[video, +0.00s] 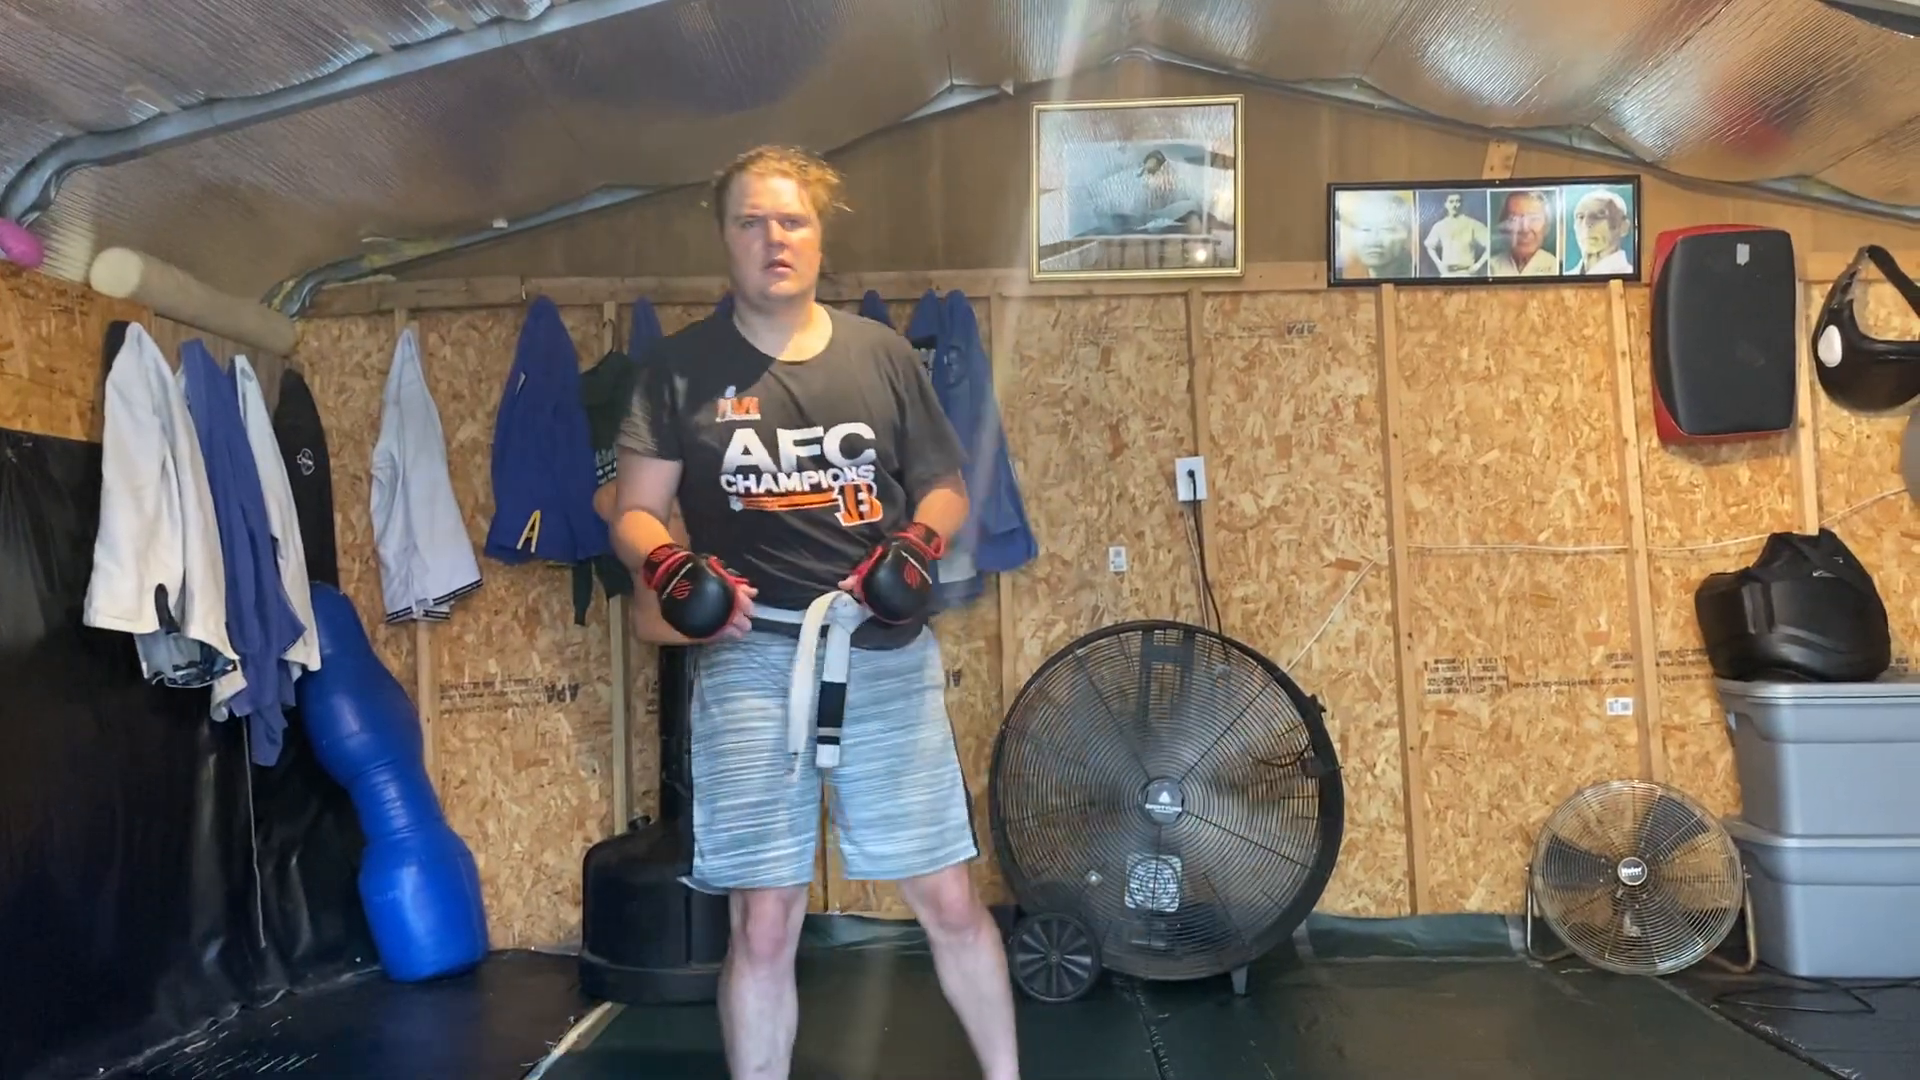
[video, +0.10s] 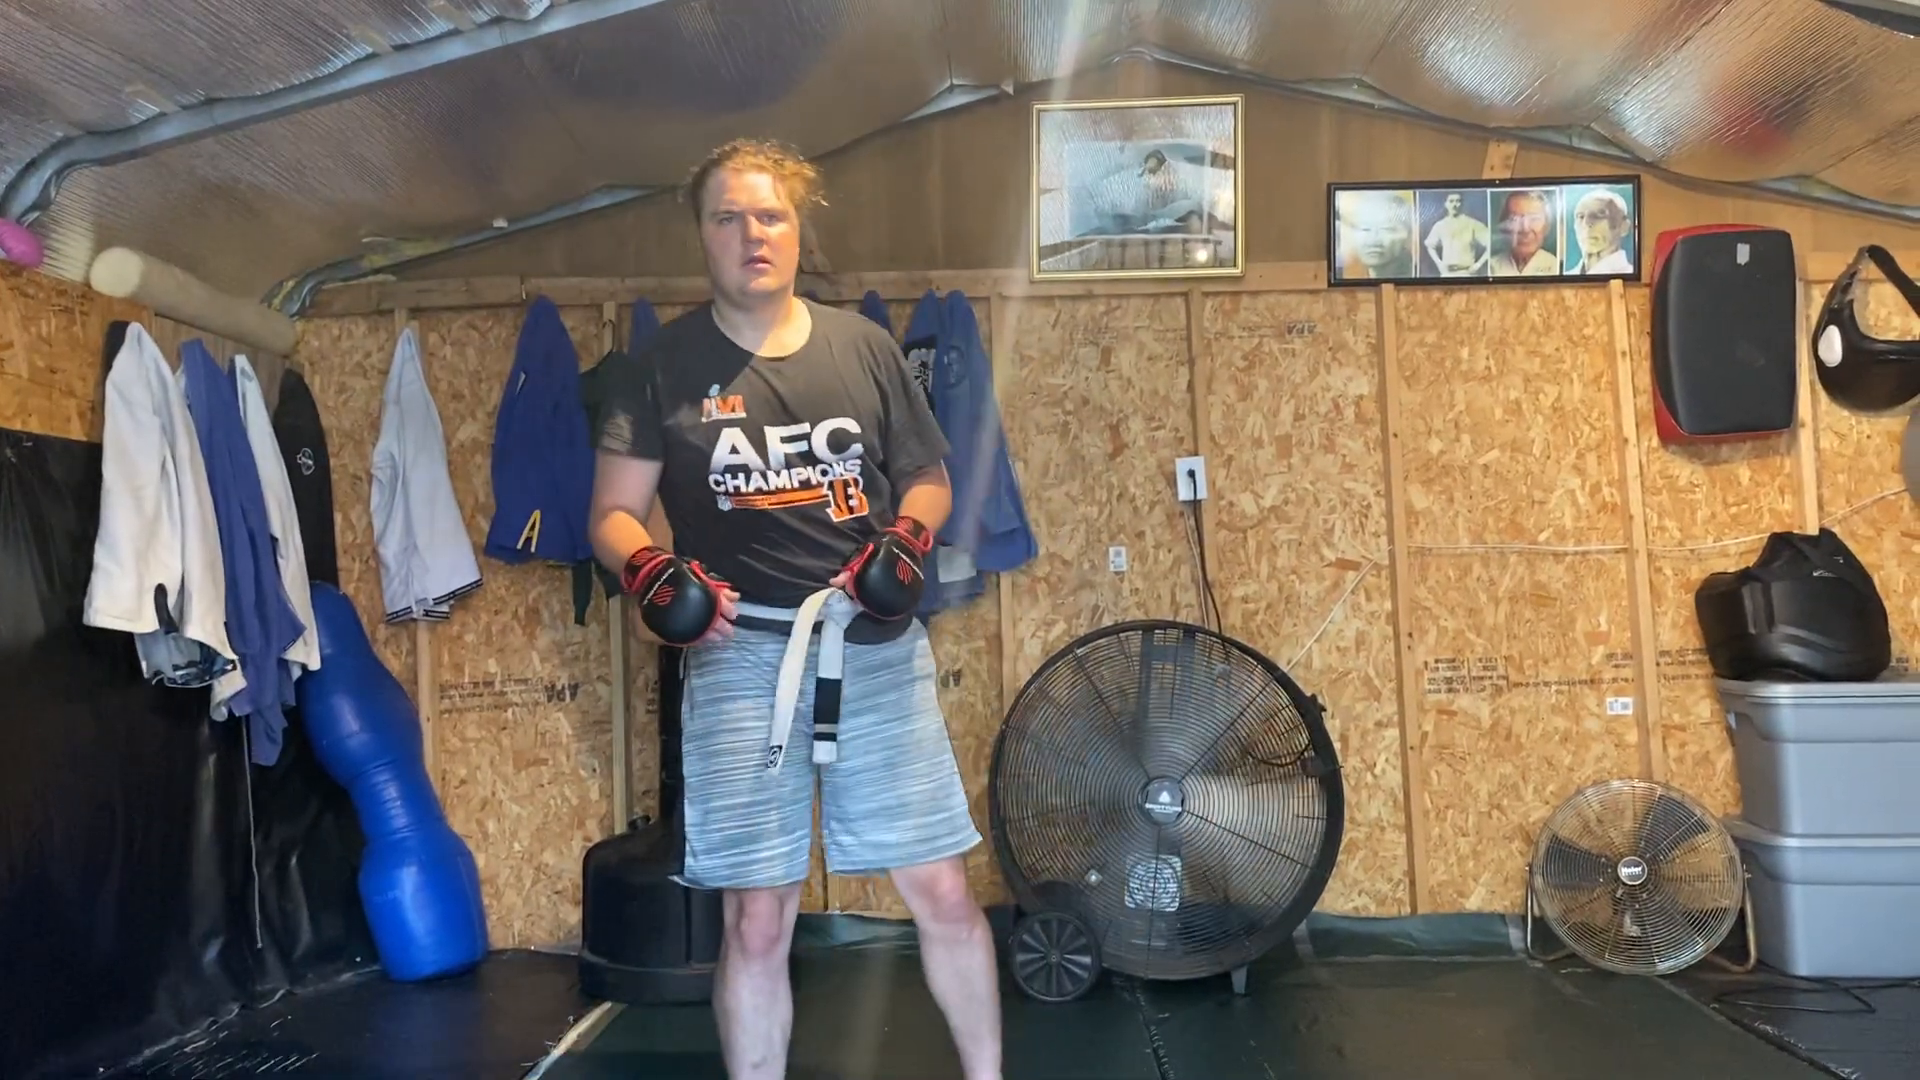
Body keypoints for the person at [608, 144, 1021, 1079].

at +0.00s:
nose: (776, 239)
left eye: (793, 222)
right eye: (755, 223)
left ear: (821, 239)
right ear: (725, 241)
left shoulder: (886, 355)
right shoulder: (676, 369)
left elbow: (946, 484)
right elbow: (635, 511)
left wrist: (917, 550)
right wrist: (671, 570)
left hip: (886, 653)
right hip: (750, 658)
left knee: (952, 899)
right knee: (766, 922)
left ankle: (1006, 1074)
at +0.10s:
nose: (754, 234)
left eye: (770, 217)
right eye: (732, 219)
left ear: (801, 236)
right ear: (703, 239)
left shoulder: (867, 347)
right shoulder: (654, 371)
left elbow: (928, 474)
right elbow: (615, 515)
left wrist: (905, 546)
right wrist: (654, 576)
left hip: (876, 647)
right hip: (740, 656)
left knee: (945, 893)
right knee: (758, 922)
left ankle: (986, 1074)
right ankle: (756, 1079)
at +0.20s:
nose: (740, 233)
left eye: (757, 216)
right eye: (718, 218)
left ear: (787, 232)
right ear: (688, 238)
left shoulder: (856, 342)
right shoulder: (642, 371)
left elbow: (917, 469)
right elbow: (603, 517)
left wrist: (901, 543)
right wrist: (647, 580)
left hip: (869, 643)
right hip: (733, 655)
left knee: (938, 891)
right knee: (753, 920)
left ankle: (967, 1074)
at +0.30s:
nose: (734, 230)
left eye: (750, 213)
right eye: (711, 216)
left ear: (781, 228)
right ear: (682, 237)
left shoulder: (851, 341)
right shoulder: (638, 370)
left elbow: (913, 470)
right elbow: (602, 519)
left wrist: (899, 543)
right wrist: (650, 581)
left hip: (866, 644)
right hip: (730, 656)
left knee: (919, 898)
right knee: (748, 921)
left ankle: (953, 1077)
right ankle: (753, 1079)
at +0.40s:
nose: (737, 230)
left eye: (754, 212)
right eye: (714, 215)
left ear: (785, 227)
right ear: (686, 237)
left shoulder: (856, 342)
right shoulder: (643, 369)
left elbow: (917, 473)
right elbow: (609, 519)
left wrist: (900, 539)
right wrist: (655, 577)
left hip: (866, 651)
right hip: (730, 660)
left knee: (905, 906)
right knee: (746, 924)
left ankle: (937, 1077)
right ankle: (752, 1079)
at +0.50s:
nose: (748, 227)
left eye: (765, 210)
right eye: (725, 213)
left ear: (795, 227)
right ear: (698, 235)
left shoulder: (866, 344)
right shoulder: (654, 365)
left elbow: (922, 472)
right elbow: (619, 517)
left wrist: (906, 541)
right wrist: (667, 572)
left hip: (867, 650)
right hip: (733, 658)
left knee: (903, 908)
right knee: (746, 922)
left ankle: (938, 1077)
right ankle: (751, 1079)